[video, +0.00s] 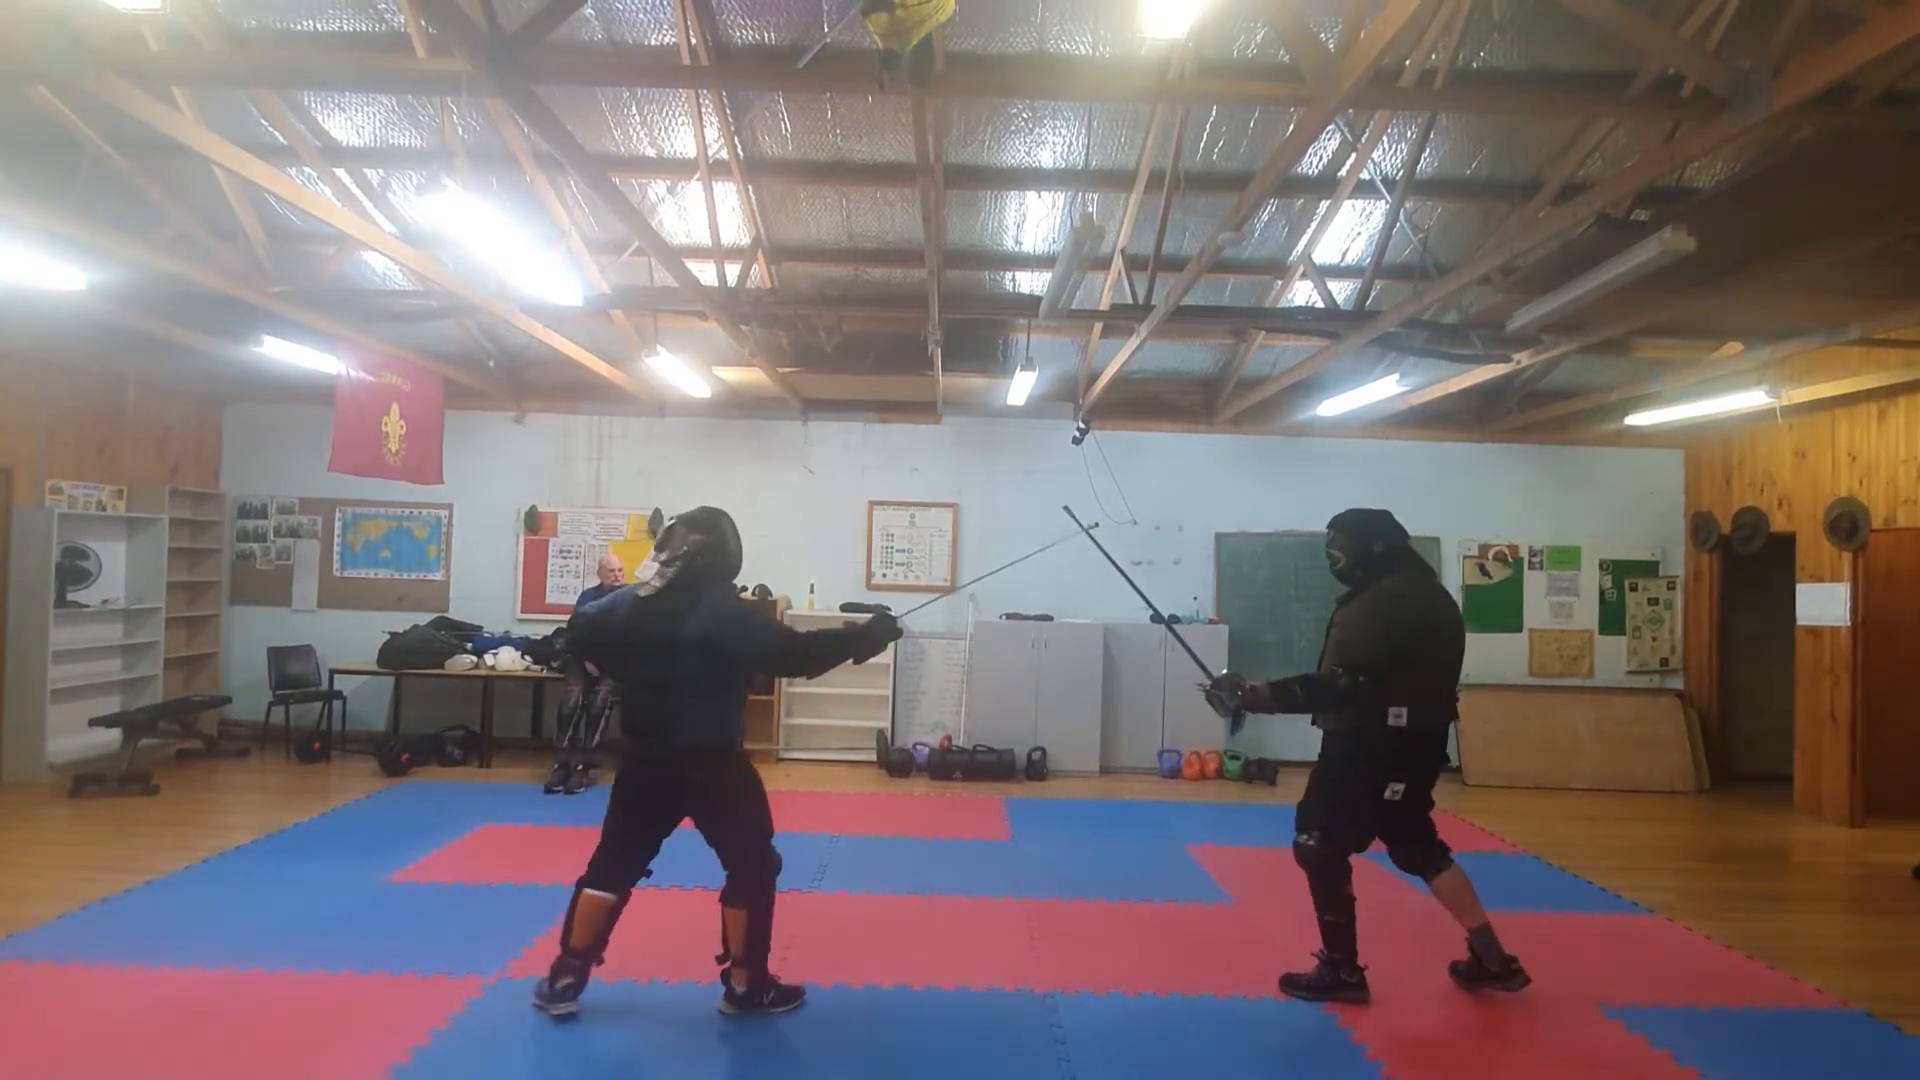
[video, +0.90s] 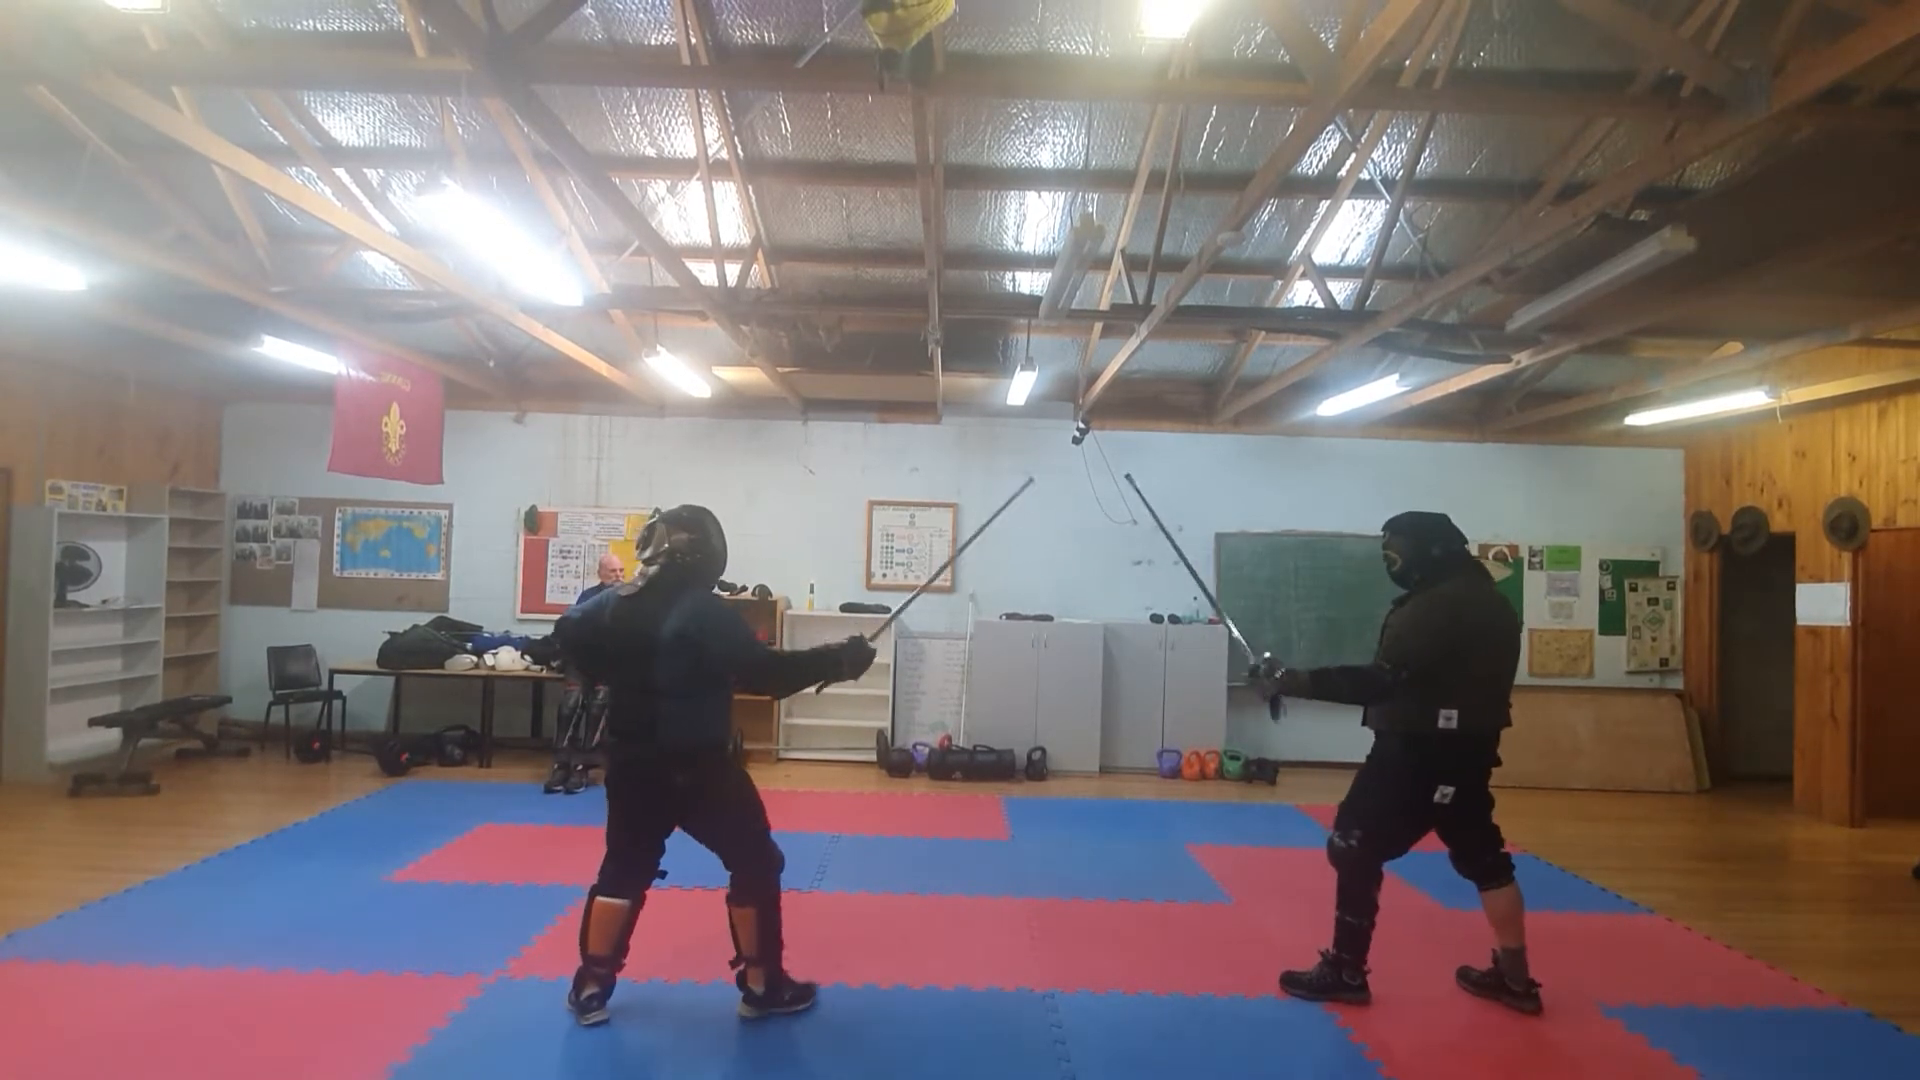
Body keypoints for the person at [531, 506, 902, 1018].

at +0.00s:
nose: (734, 568)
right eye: (732, 559)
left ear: (668, 555)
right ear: (727, 560)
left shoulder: (630, 611)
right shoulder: (731, 618)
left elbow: (579, 630)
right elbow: (800, 654)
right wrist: (864, 637)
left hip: (646, 770)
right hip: (716, 771)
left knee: (613, 863)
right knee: (753, 864)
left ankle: (565, 977)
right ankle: (746, 983)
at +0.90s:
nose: (716, 567)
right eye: (715, 557)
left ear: (650, 551)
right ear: (708, 557)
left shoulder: (615, 609)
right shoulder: (708, 615)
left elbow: (567, 637)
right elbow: (767, 672)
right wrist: (841, 658)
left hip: (635, 774)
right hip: (706, 775)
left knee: (623, 868)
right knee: (754, 863)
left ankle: (591, 987)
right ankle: (761, 984)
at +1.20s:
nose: (757, 565)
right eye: (755, 555)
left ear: (691, 552)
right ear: (747, 555)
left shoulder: (651, 609)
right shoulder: (753, 608)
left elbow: (593, 626)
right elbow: (821, 632)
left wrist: (603, 593)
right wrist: (900, 620)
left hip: (663, 773)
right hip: (738, 773)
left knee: (635, 871)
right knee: (767, 871)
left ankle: (593, 988)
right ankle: (769, 992)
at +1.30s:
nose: (762, 563)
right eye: (760, 555)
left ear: (696, 551)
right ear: (750, 554)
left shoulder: (654, 604)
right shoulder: (754, 603)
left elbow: (600, 626)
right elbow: (825, 619)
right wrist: (908, 604)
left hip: (664, 767)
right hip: (737, 768)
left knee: (644, 867)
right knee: (768, 870)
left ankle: (613, 989)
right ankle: (769, 991)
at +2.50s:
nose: (798, 568)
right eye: (796, 558)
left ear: (730, 554)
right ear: (787, 559)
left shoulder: (693, 617)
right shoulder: (792, 611)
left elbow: (642, 649)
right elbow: (858, 627)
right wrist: (938, 610)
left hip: (715, 783)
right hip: (785, 782)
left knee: (708, 880)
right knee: (840, 871)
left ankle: (671, 999)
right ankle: (830, 997)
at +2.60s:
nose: (813, 568)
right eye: (810, 558)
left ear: (744, 556)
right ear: (802, 560)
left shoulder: (707, 613)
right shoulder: (805, 610)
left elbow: (663, 633)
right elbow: (871, 623)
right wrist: (953, 605)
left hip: (721, 781)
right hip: (792, 779)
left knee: (710, 880)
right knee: (852, 868)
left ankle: (670, 1000)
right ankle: (852, 997)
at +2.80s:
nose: (824, 572)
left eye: (821, 563)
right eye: (822, 563)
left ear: (762, 559)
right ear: (813, 565)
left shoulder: (729, 616)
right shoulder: (806, 624)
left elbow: (685, 631)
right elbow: (846, 699)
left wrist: (736, 598)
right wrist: (917, 671)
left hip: (737, 782)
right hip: (803, 784)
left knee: (722, 872)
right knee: (863, 876)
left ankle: (658, 983)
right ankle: (869, 1005)